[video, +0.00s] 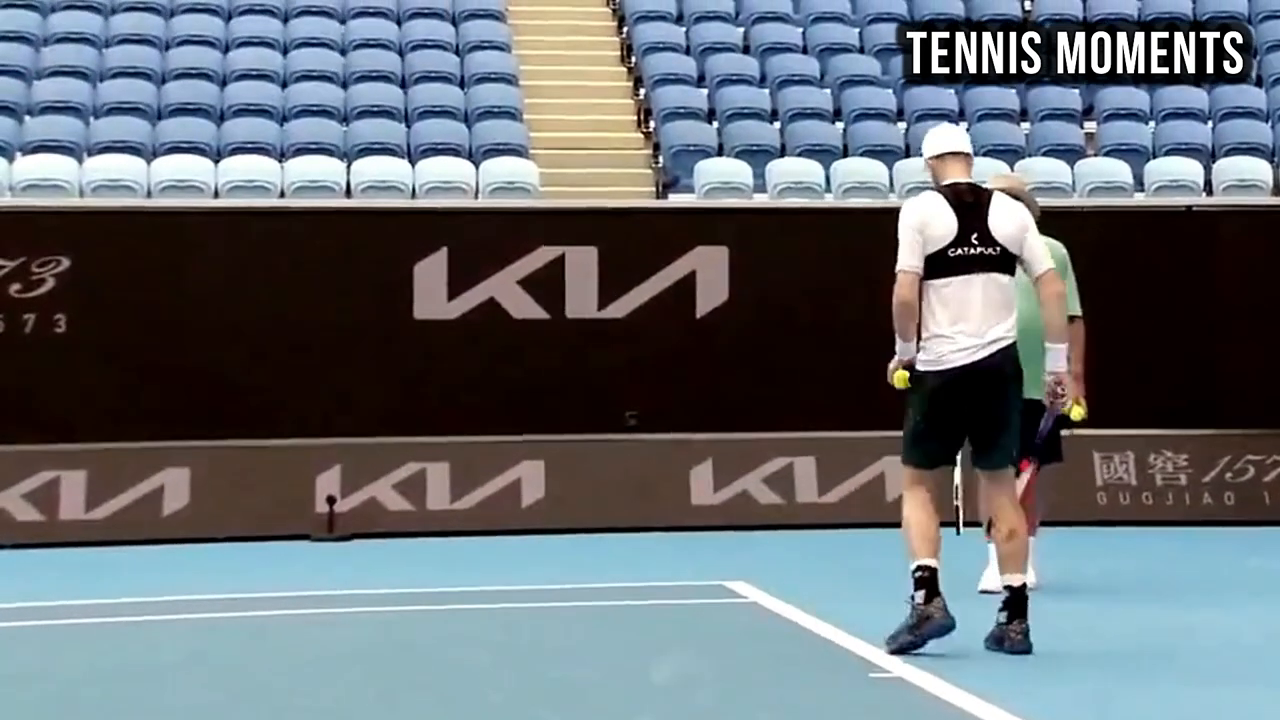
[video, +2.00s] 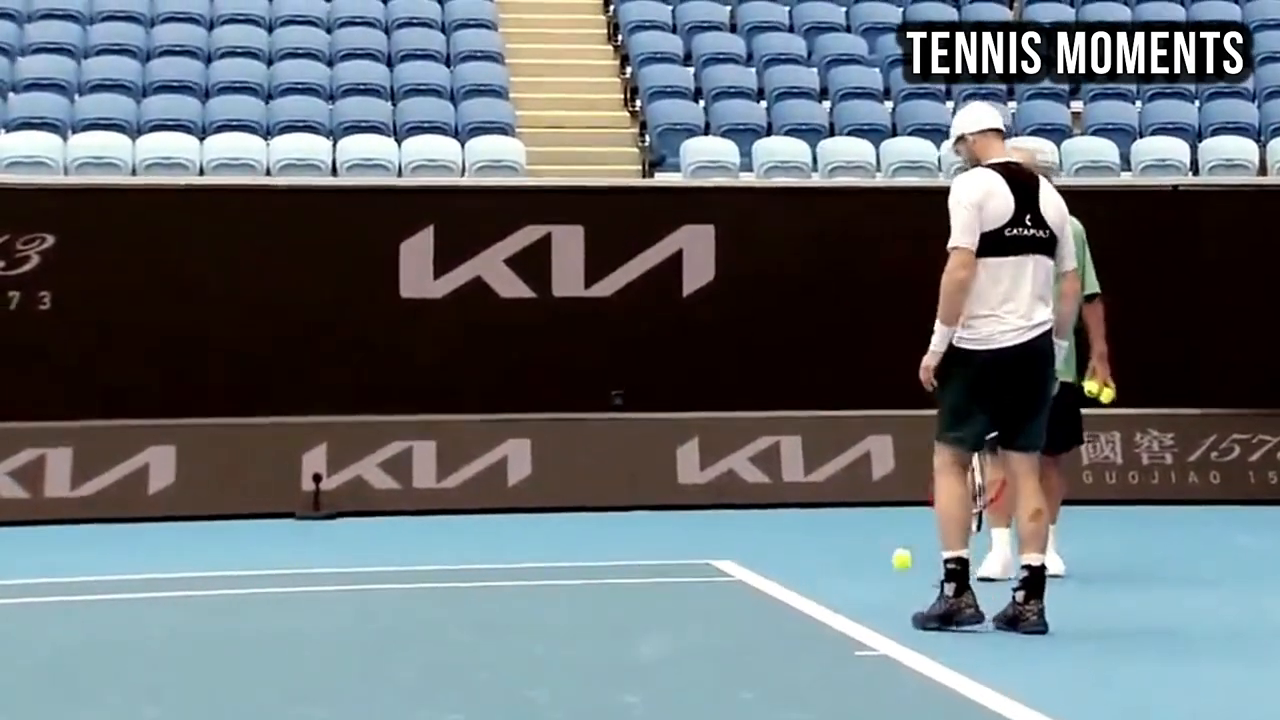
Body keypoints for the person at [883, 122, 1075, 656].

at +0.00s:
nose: (935, 168)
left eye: (929, 162)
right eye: (952, 157)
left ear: (930, 165)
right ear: (971, 160)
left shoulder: (918, 210)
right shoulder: (1011, 209)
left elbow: (906, 290)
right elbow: (1050, 286)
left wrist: (905, 352)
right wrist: (1058, 364)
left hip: (939, 374)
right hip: (1000, 369)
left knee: (919, 484)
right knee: (1002, 491)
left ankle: (928, 602)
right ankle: (1015, 619)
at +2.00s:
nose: (959, 153)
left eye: (958, 146)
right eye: (960, 146)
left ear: (966, 141)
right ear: (1004, 134)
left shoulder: (970, 186)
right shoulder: (1049, 192)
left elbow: (961, 266)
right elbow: (1069, 282)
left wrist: (938, 343)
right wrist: (1053, 340)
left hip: (976, 351)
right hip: (1035, 352)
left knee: (949, 462)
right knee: (1026, 466)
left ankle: (956, 594)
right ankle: (1030, 600)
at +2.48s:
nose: (881, 162)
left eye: (883, 151)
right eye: (879, 152)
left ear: (905, 146)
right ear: (926, 146)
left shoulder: (902, 202)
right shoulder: (984, 189)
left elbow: (896, 289)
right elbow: (1018, 271)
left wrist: (879, 370)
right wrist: (1015, 342)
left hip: (942, 353)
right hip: (1003, 348)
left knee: (920, 467)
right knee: (1008, 467)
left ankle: (914, 592)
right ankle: (1026, 594)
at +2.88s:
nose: (822, 173)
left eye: (825, 163)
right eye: (821, 164)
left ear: (849, 161)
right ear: (867, 160)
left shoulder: (848, 219)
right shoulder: (922, 190)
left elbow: (849, 309)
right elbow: (972, 269)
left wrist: (842, 392)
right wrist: (950, 324)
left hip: (919, 353)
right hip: (975, 337)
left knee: (909, 472)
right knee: (994, 458)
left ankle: (914, 595)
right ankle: (1027, 583)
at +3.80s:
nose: (894, 187)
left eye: (898, 177)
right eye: (894, 178)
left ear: (918, 178)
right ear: (938, 178)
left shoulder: (914, 238)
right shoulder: (992, 204)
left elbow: (910, 329)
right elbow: (1005, 300)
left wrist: (902, 409)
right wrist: (958, 383)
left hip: (986, 361)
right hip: (1046, 350)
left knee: (944, 472)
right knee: (1056, 474)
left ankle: (915, 595)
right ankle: (1090, 595)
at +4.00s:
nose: (944, 177)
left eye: (948, 167)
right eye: (946, 167)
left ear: (967, 170)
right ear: (993, 168)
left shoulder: (956, 234)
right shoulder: (1045, 205)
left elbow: (969, 323)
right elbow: (1058, 286)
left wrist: (976, 395)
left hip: (1011, 373)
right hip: (1071, 363)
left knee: (959, 476)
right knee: (1076, 481)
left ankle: (917, 593)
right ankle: (1092, 597)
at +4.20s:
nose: (1002, 157)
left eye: (1002, 153)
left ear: (1007, 160)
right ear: (1050, 159)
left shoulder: (986, 216)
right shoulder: (1090, 212)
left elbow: (970, 288)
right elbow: (1115, 295)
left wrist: (952, 341)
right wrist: (1110, 353)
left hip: (1012, 373)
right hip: (1074, 369)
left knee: (962, 471)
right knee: (1081, 484)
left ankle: (921, 592)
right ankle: (1092, 597)